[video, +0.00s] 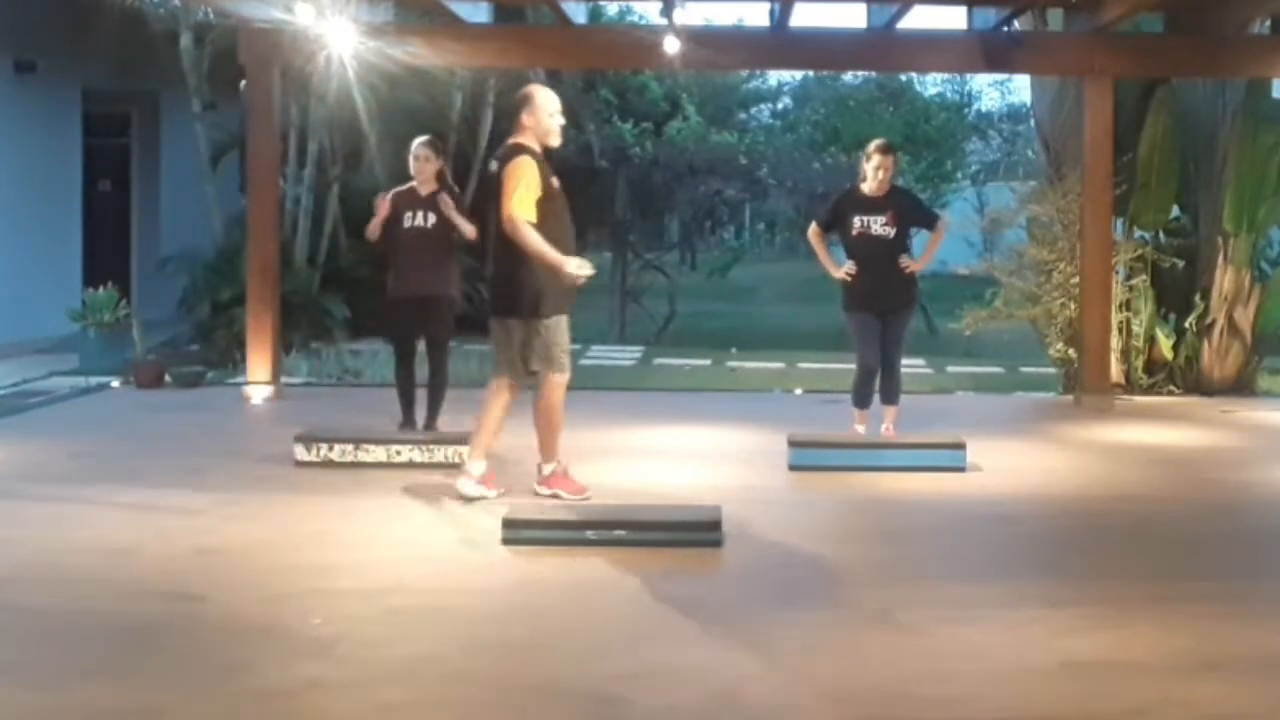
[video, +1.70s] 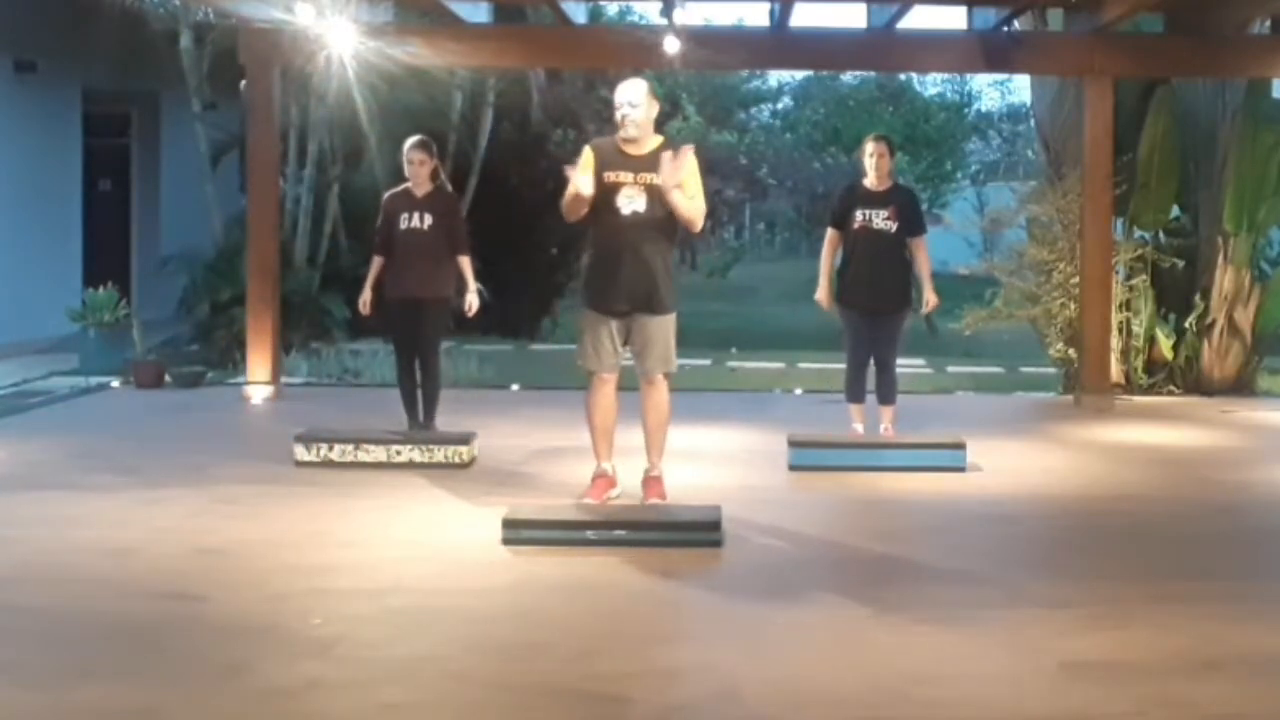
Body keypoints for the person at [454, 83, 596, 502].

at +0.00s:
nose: (561, 123)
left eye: (560, 114)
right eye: (553, 114)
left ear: (530, 120)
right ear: (528, 118)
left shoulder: (512, 158)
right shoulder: (526, 161)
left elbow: (506, 223)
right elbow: (515, 218)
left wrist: (558, 263)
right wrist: (562, 262)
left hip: (510, 293)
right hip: (539, 294)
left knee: (507, 377)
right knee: (556, 374)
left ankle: (473, 468)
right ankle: (550, 469)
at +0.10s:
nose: (571, 122)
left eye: (570, 114)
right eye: (563, 114)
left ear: (541, 120)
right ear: (538, 119)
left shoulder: (536, 159)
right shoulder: (532, 162)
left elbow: (536, 223)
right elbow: (528, 220)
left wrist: (580, 257)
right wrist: (578, 258)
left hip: (538, 291)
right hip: (547, 293)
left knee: (545, 378)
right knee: (561, 375)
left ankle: (497, 442)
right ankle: (552, 468)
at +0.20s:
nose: (578, 120)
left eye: (577, 112)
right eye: (569, 112)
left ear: (554, 118)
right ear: (544, 116)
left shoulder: (556, 160)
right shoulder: (538, 161)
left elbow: (566, 225)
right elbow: (536, 221)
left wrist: (596, 269)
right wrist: (588, 260)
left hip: (572, 285)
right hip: (549, 289)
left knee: (593, 360)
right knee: (561, 374)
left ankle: (537, 434)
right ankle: (552, 468)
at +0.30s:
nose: (586, 118)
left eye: (586, 109)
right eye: (578, 109)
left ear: (573, 114)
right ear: (553, 112)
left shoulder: (570, 159)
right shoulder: (540, 159)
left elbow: (581, 224)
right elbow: (535, 220)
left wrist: (618, 249)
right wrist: (578, 261)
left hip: (585, 286)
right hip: (555, 290)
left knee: (606, 361)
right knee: (563, 374)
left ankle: (573, 446)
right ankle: (548, 468)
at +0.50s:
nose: (601, 117)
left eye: (603, 109)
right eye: (591, 109)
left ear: (606, 113)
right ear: (569, 114)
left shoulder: (603, 159)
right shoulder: (550, 159)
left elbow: (613, 217)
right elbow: (531, 221)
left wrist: (666, 228)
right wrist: (547, 278)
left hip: (605, 291)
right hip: (567, 291)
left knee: (610, 375)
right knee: (569, 379)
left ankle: (623, 464)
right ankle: (551, 469)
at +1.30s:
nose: (614, 115)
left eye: (622, 107)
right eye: (607, 107)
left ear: (635, 111)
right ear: (595, 111)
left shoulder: (658, 159)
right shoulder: (573, 158)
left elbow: (680, 217)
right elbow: (555, 215)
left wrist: (648, 237)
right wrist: (566, 241)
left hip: (641, 287)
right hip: (589, 286)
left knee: (647, 374)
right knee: (592, 378)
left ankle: (653, 467)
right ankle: (604, 471)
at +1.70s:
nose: (626, 115)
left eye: (634, 107)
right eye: (620, 108)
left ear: (655, 110)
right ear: (614, 112)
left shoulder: (677, 158)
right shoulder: (596, 153)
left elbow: (696, 221)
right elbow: (572, 212)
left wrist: (670, 189)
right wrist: (580, 192)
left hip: (655, 288)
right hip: (603, 286)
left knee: (655, 378)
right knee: (603, 376)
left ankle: (654, 472)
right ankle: (603, 470)